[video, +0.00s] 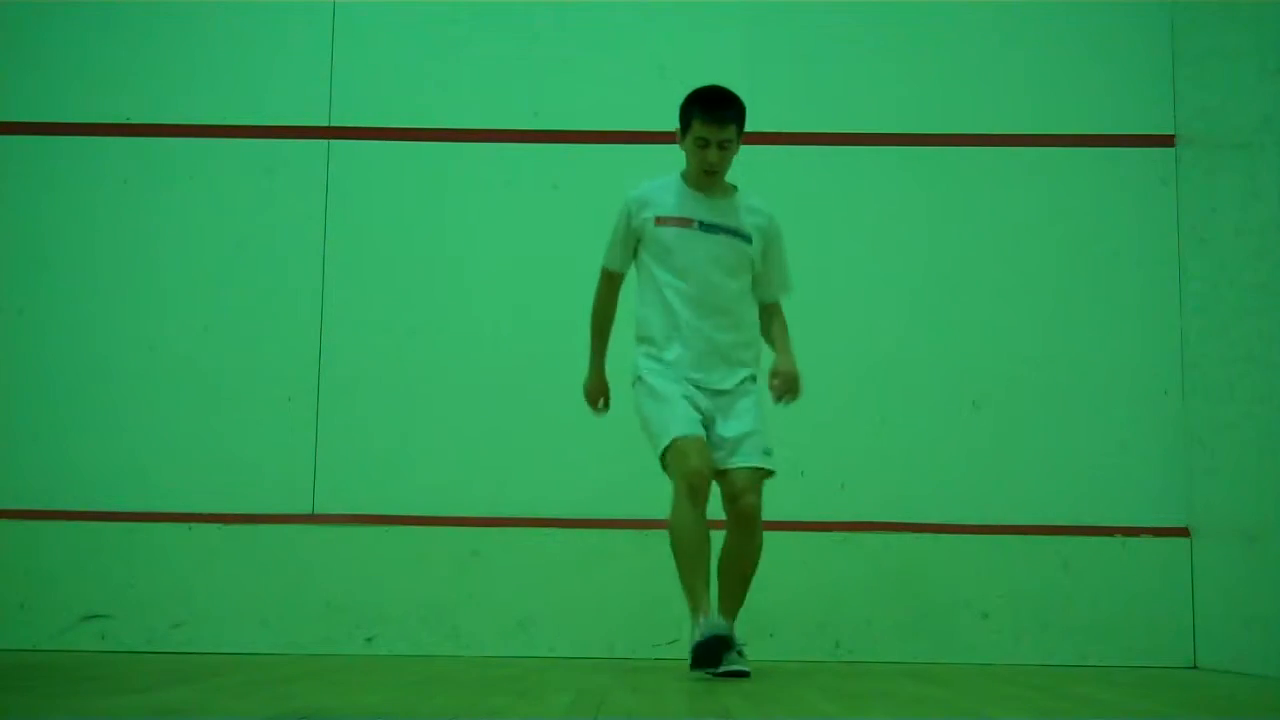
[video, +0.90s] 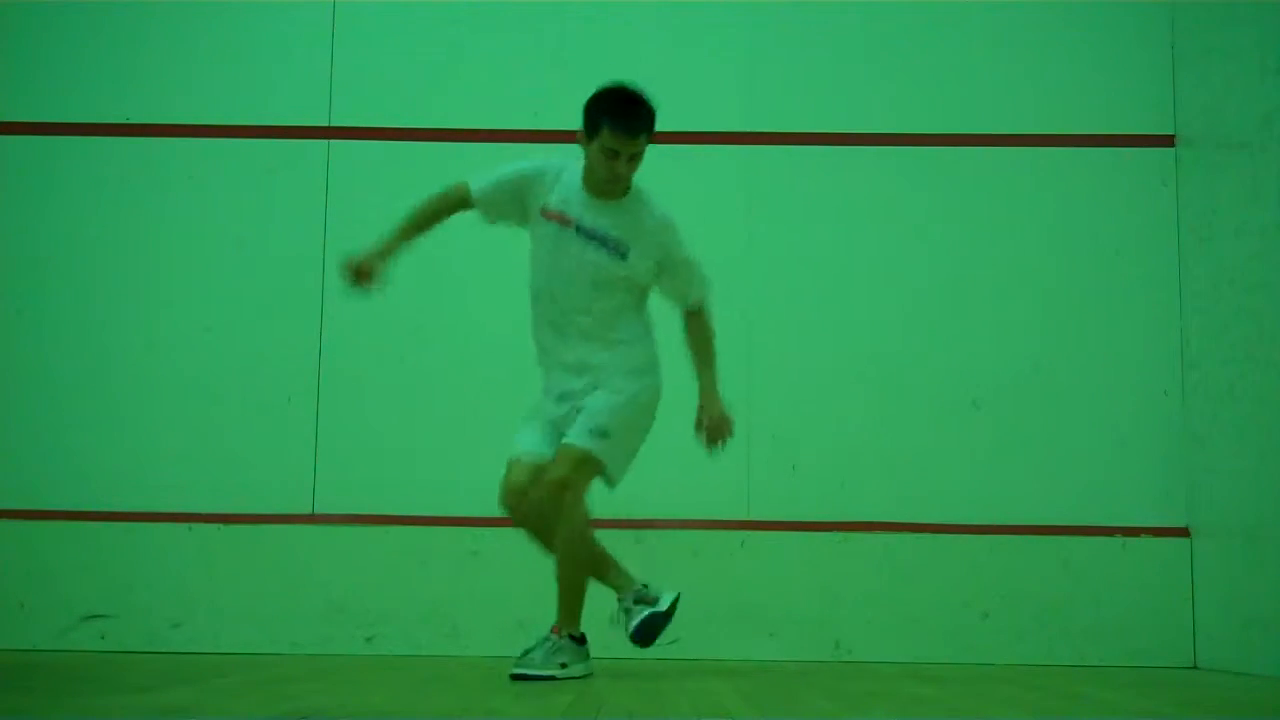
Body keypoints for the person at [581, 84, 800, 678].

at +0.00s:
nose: (713, 158)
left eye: (725, 146)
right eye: (702, 144)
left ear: (739, 145)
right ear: (681, 140)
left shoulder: (759, 222)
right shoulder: (644, 204)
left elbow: (770, 304)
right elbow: (608, 284)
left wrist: (784, 356)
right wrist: (596, 366)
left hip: (737, 380)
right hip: (664, 373)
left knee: (747, 498)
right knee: (695, 472)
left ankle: (724, 635)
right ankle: (703, 624)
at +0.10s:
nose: (709, 155)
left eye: (721, 144)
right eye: (699, 143)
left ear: (736, 145)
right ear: (680, 140)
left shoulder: (763, 226)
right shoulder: (641, 207)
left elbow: (787, 298)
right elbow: (602, 288)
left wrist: (805, 346)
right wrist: (589, 376)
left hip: (727, 373)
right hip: (657, 358)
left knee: (737, 497)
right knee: (686, 405)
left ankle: (722, 634)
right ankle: (710, 536)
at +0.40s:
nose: (680, 114)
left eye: (692, 104)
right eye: (670, 102)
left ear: (705, 110)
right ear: (649, 104)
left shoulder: (734, 191)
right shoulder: (609, 181)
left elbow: (760, 268)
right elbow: (584, 264)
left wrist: (770, 321)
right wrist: (582, 344)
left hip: (704, 362)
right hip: (630, 356)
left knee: (715, 497)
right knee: (606, 453)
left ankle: (721, 631)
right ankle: (637, 592)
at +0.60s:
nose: (654, 124)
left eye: (666, 113)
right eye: (644, 111)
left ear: (681, 116)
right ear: (621, 109)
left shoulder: (702, 195)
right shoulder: (581, 180)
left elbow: (731, 278)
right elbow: (533, 247)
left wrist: (748, 345)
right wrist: (518, 334)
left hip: (669, 361)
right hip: (599, 364)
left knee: (652, 457)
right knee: (602, 499)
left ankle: (684, 590)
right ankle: (636, 629)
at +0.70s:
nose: (646, 115)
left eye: (658, 103)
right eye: (635, 101)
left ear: (671, 101)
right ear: (611, 93)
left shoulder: (690, 176)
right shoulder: (567, 151)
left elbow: (726, 250)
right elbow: (508, 205)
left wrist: (742, 316)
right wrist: (485, 290)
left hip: (652, 333)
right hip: (585, 336)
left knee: (625, 440)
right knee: (584, 479)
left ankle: (630, 600)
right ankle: (632, 606)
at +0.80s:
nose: (636, 127)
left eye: (647, 115)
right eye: (625, 113)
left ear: (658, 112)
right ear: (598, 104)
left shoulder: (672, 182)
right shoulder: (553, 151)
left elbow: (718, 262)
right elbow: (478, 188)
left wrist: (727, 332)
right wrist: (440, 269)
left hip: (640, 344)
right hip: (573, 346)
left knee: (605, 459)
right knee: (544, 465)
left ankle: (578, 621)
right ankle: (640, 576)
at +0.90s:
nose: (623, 169)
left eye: (634, 158)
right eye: (612, 154)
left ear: (645, 152)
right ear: (585, 141)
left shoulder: (653, 229)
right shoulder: (544, 184)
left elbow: (696, 305)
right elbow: (455, 198)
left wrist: (710, 397)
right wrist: (381, 253)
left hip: (625, 382)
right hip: (561, 381)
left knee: (562, 484)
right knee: (519, 494)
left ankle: (567, 638)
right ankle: (635, 593)